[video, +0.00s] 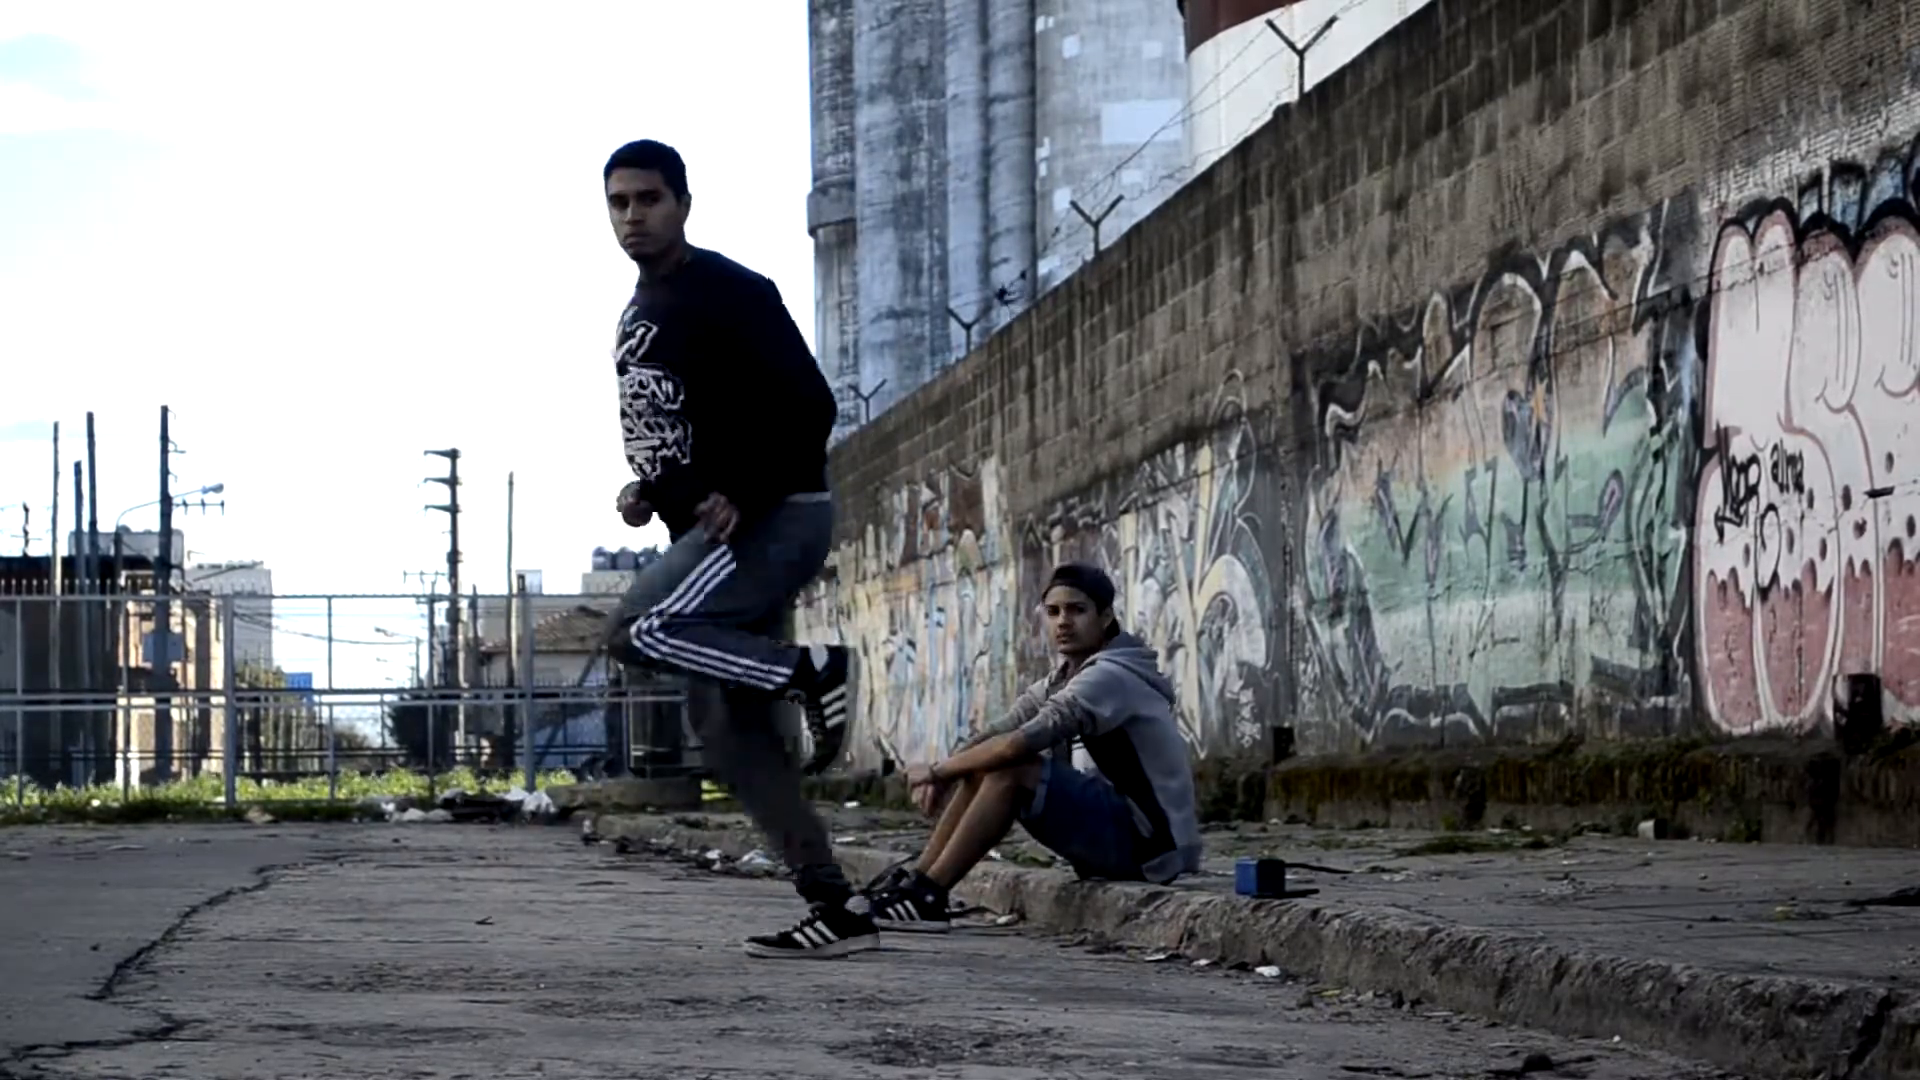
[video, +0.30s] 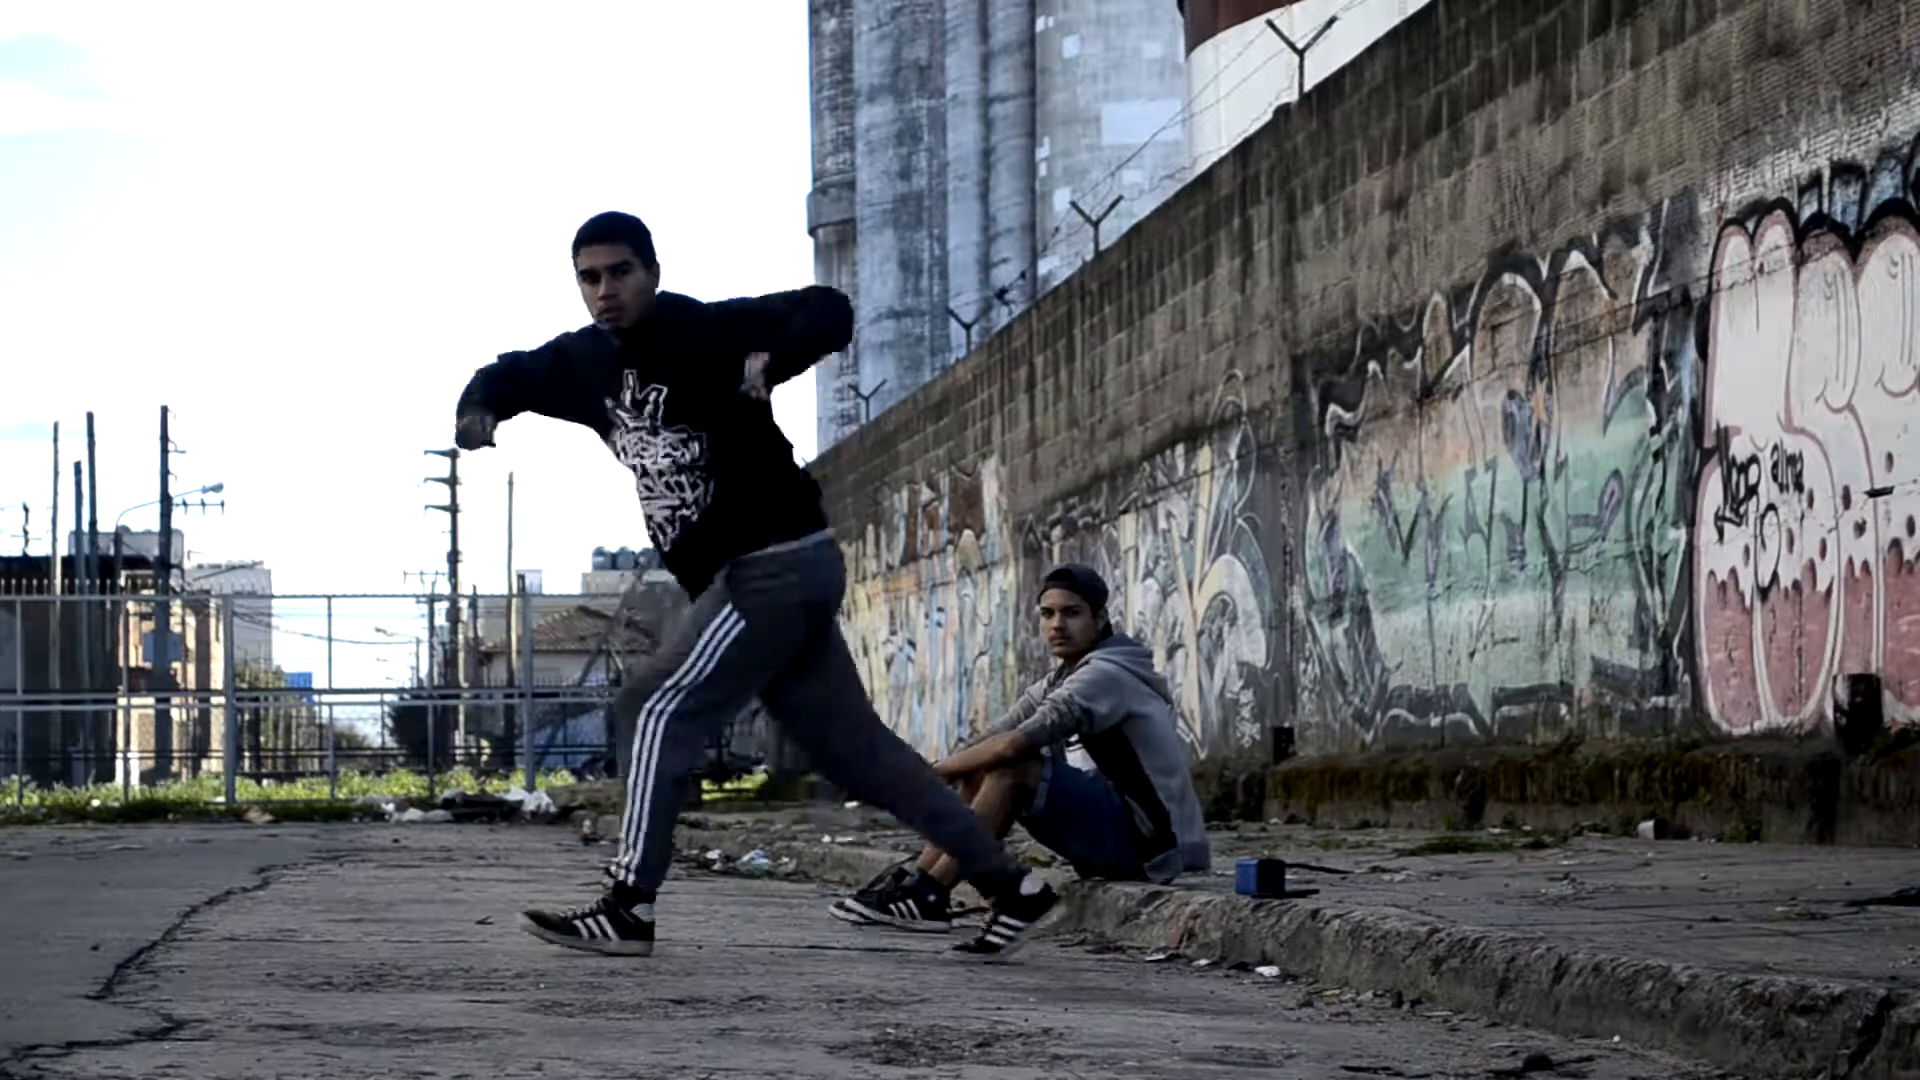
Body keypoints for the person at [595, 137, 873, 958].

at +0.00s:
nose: (634, 216)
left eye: (649, 199)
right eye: (620, 204)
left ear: (683, 205)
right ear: (609, 217)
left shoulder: (736, 292)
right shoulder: (637, 318)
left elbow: (811, 403)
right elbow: (680, 432)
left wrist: (745, 491)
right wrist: (648, 486)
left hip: (777, 515)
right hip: (725, 526)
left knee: (645, 625)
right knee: (734, 734)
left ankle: (811, 672)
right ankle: (832, 903)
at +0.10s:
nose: (619, 227)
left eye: (634, 210)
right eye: (605, 214)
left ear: (666, 215)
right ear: (594, 229)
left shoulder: (723, 298)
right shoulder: (621, 338)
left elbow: (829, 393)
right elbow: (639, 437)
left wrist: (801, 490)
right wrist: (631, 474)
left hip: (774, 506)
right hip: (752, 517)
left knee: (635, 603)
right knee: (781, 717)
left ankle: (771, 733)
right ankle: (840, 905)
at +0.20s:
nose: (605, 236)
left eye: (619, 218)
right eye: (590, 224)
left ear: (653, 218)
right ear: (579, 234)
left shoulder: (712, 288)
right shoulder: (598, 324)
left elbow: (840, 339)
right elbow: (569, 409)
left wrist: (815, 441)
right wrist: (564, 439)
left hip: (782, 503)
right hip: (752, 515)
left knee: (668, 646)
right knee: (801, 706)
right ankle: (930, 860)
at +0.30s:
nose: (603, 292)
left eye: (618, 274)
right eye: (589, 279)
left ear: (653, 274)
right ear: (579, 286)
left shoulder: (705, 329)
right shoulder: (584, 360)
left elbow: (828, 311)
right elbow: (506, 381)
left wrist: (775, 359)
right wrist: (476, 411)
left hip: (781, 566)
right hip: (746, 578)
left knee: (666, 712)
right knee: (859, 752)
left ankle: (628, 906)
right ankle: (1011, 885)